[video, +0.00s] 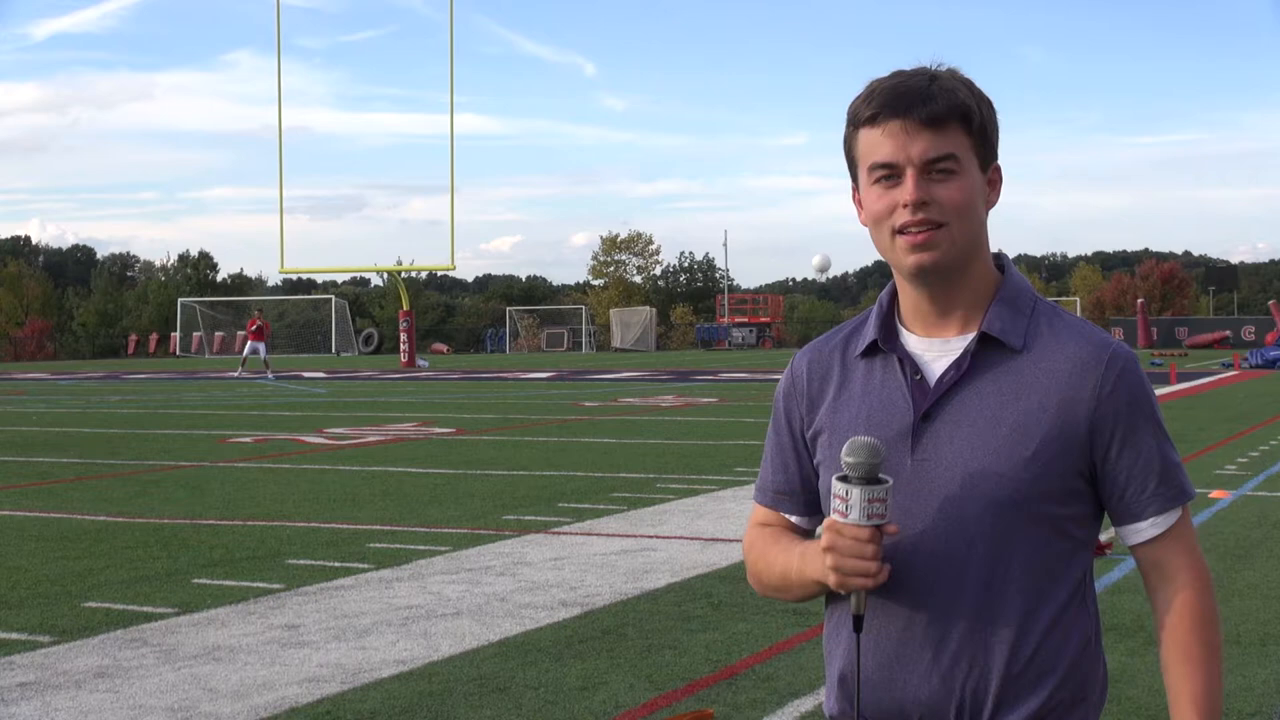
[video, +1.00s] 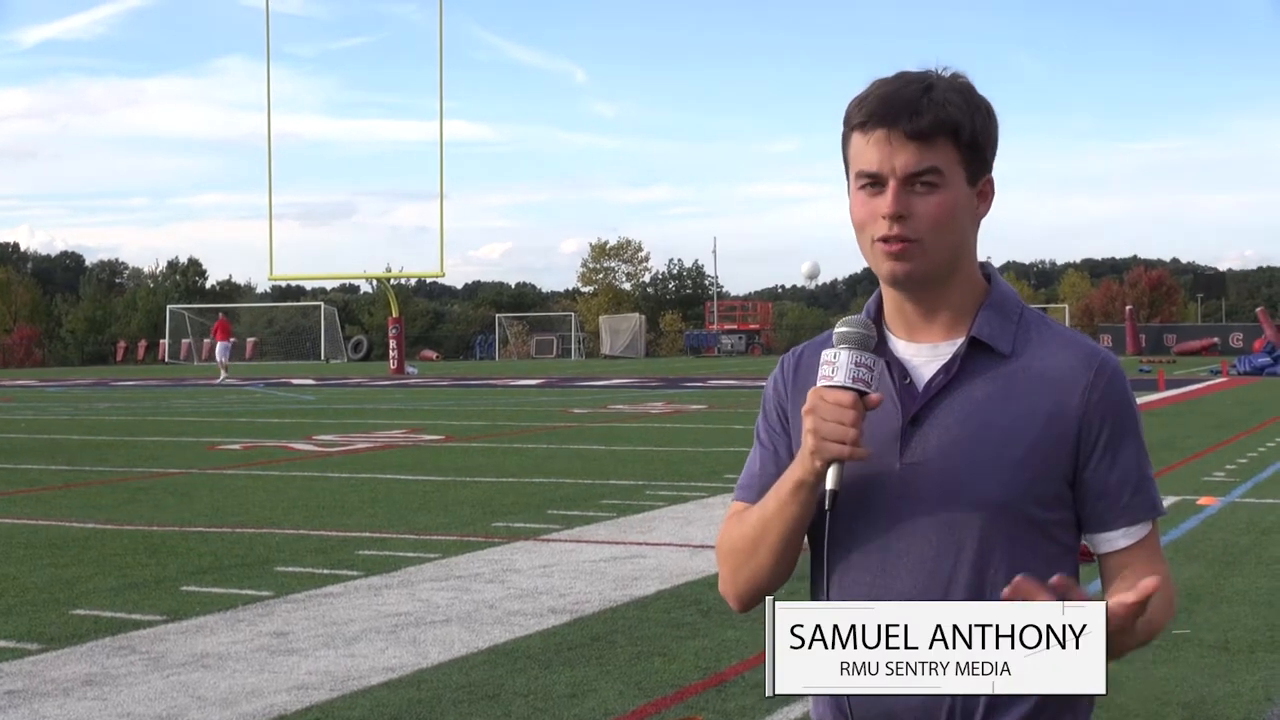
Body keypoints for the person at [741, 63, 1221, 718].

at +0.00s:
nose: (914, 196)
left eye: (941, 169)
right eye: (887, 175)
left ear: (990, 186)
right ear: (859, 203)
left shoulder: (1093, 372)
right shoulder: (816, 375)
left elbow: (1176, 578)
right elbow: (763, 551)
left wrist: (1193, 710)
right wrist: (815, 561)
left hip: (1040, 706)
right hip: (861, 706)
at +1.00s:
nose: (892, 209)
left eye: (924, 183)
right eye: (870, 184)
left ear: (982, 196)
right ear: (850, 198)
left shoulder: (1081, 378)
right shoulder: (806, 375)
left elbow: (1144, 580)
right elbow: (738, 584)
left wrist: (1093, 628)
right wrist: (808, 466)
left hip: (1025, 709)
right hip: (851, 707)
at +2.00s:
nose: (896, 209)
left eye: (929, 183)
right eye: (874, 184)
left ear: (983, 200)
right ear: (852, 201)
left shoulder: (1082, 380)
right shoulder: (803, 379)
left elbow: (1151, 611)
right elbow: (743, 588)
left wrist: (1132, 529)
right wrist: (815, 477)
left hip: (1027, 706)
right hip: (850, 706)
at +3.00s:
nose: (917, 204)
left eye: (944, 179)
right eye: (890, 182)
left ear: (988, 196)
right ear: (856, 208)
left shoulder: (1082, 383)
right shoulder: (804, 380)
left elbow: (1150, 608)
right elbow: (742, 584)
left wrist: (1110, 580)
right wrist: (824, 487)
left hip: (1026, 707)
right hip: (849, 708)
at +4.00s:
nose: (922, 201)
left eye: (950, 178)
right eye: (895, 177)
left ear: (986, 201)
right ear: (855, 201)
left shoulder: (1075, 379)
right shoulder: (796, 384)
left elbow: (1146, 611)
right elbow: (740, 590)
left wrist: (1118, 536)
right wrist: (820, 498)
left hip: (1024, 706)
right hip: (846, 707)